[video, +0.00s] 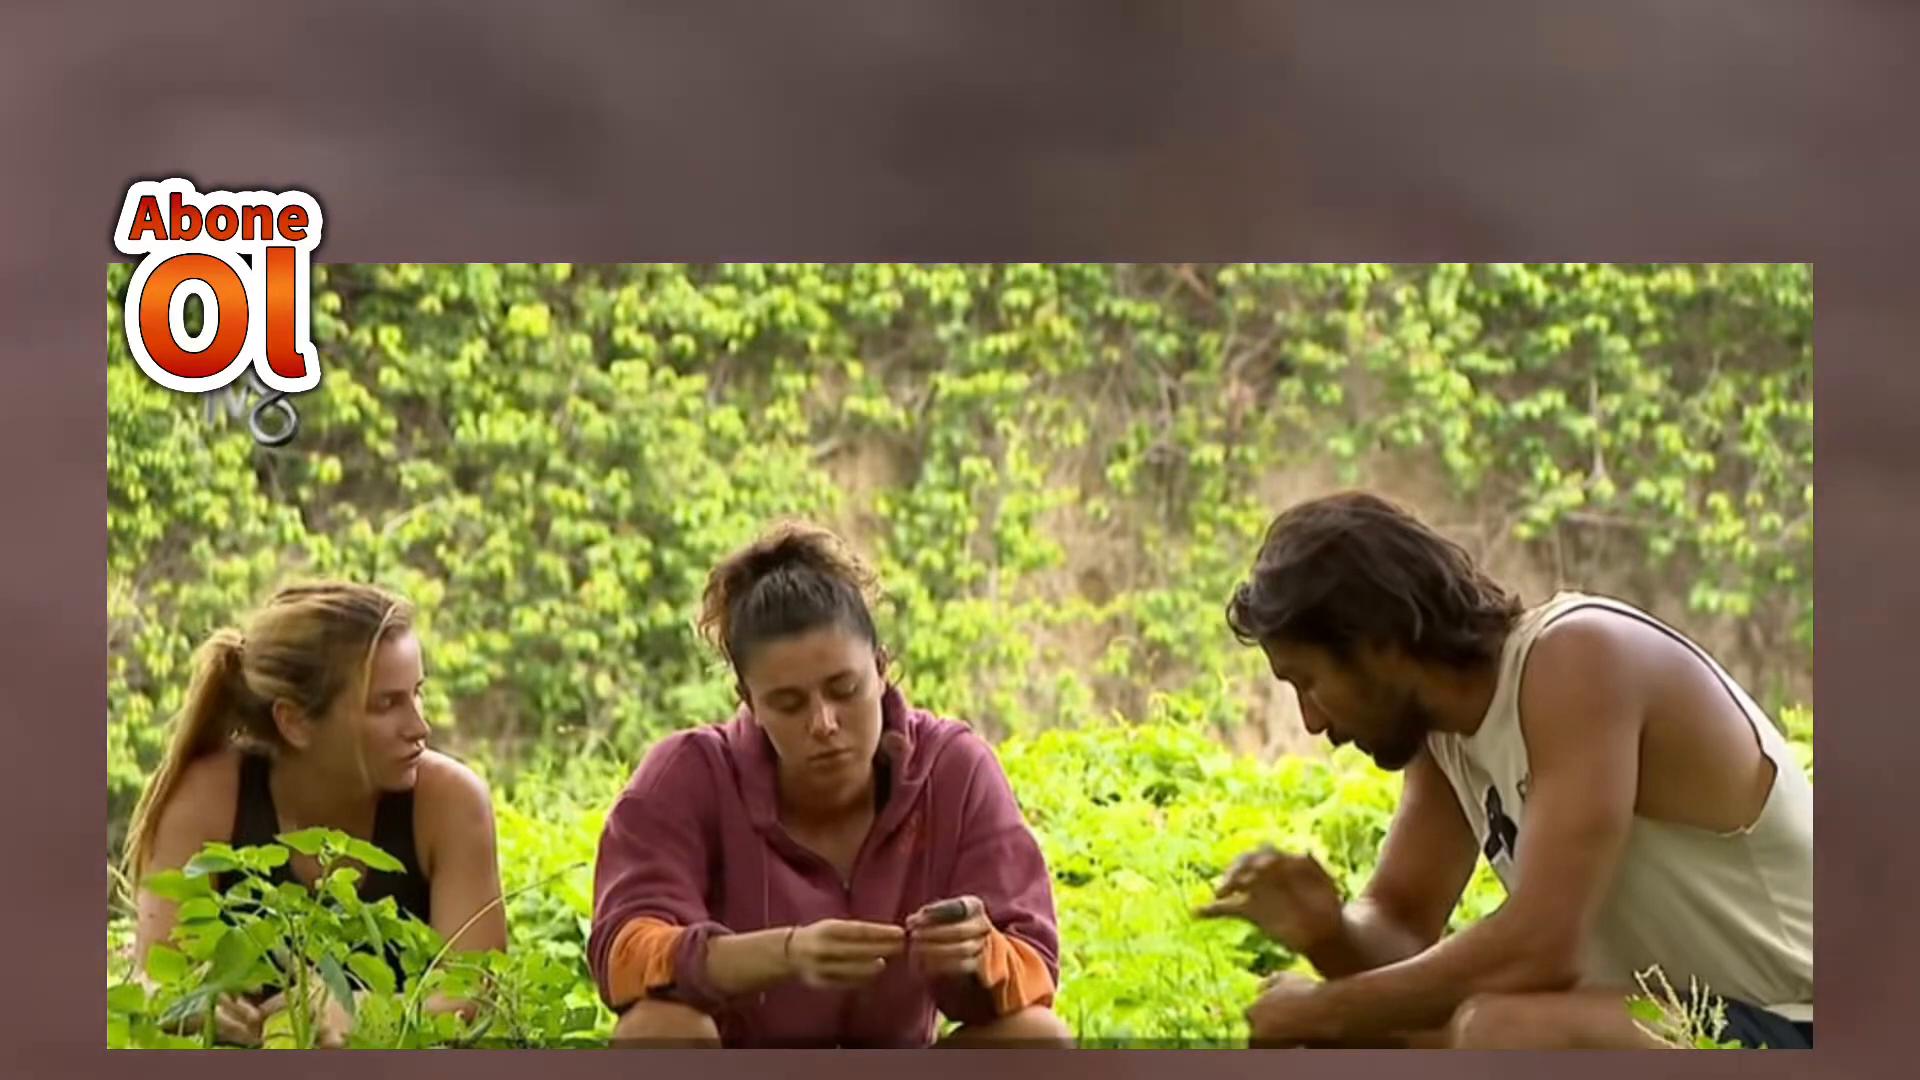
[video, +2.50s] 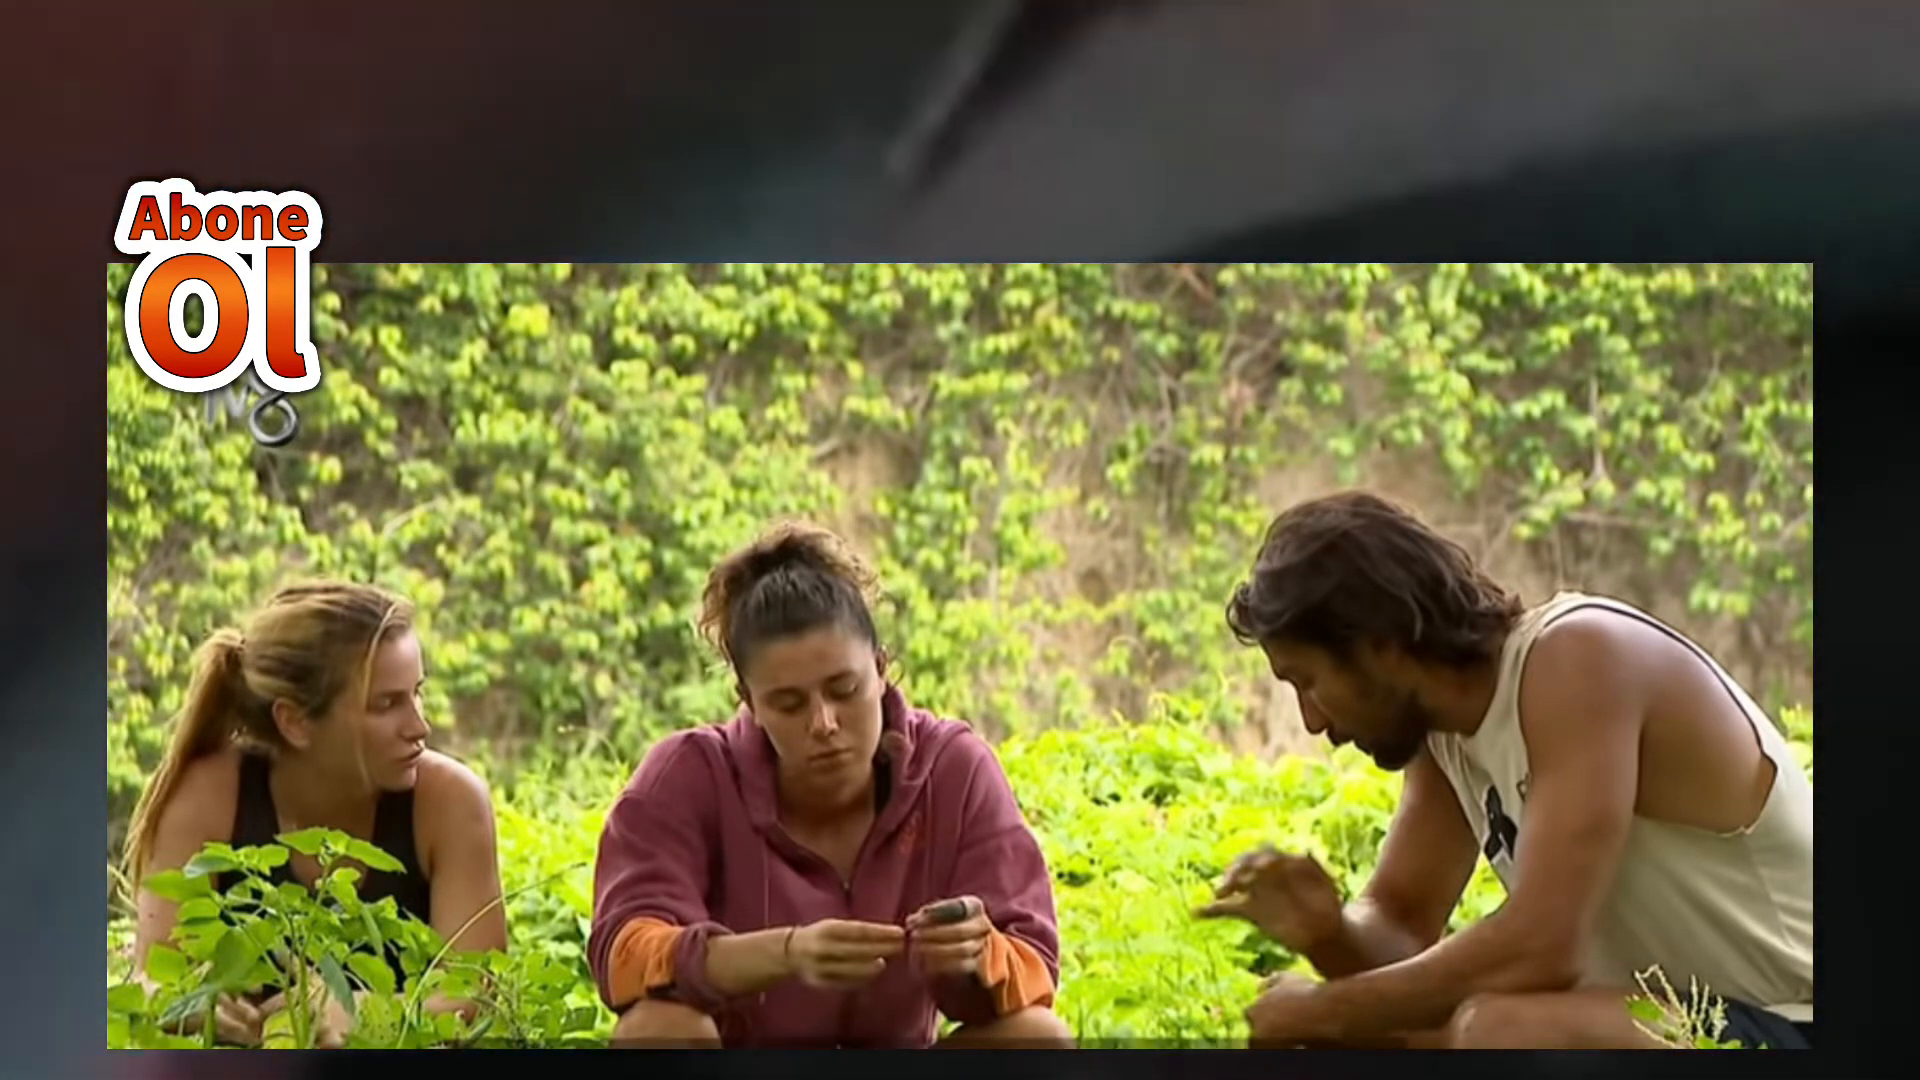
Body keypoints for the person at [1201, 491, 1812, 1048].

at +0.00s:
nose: (1311, 724)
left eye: (1306, 687)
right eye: (1296, 693)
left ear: (1383, 640)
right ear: (1383, 641)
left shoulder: (1584, 656)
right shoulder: (1451, 731)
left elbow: (1539, 950)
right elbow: (1402, 926)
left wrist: (1327, 1014)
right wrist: (1329, 932)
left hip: (1788, 1019)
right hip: (1659, 1004)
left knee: (1502, 1026)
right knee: (1374, 1027)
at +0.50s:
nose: (1311, 723)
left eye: (1306, 687)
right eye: (1296, 693)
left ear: (1384, 642)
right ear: (1384, 644)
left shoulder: (1585, 656)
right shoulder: (1450, 730)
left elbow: (1539, 950)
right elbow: (1402, 926)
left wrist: (1322, 1013)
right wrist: (1329, 931)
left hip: (1788, 1016)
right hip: (1660, 1002)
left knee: (1500, 1026)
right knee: (1374, 1030)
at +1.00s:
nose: (1311, 723)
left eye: (1306, 686)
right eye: (1296, 693)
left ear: (1384, 642)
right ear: (1384, 643)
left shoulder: (1585, 656)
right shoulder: (1451, 731)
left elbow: (1538, 950)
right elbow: (1402, 926)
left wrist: (1328, 1012)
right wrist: (1330, 932)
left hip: (1790, 1016)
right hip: (1654, 1000)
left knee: (1497, 1026)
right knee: (1382, 1027)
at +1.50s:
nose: (1311, 723)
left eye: (1305, 686)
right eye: (1295, 692)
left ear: (1384, 642)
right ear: (1384, 642)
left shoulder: (1585, 656)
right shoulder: (1451, 729)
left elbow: (1540, 950)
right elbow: (1402, 926)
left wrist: (1318, 1013)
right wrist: (1330, 931)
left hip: (1785, 1015)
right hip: (1647, 1002)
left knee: (1496, 1025)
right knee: (1349, 1037)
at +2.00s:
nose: (1311, 723)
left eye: (1306, 686)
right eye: (1295, 693)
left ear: (1384, 642)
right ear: (1384, 643)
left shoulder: (1585, 656)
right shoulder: (1451, 731)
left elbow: (1539, 951)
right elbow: (1402, 926)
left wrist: (1320, 1014)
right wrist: (1330, 932)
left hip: (1784, 1012)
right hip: (1651, 1000)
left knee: (1499, 1024)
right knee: (1366, 1029)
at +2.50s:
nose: (1311, 723)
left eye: (1307, 687)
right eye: (1296, 693)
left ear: (1385, 642)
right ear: (1385, 644)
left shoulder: (1584, 656)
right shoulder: (1450, 730)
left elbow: (1539, 951)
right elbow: (1402, 925)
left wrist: (1325, 1014)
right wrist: (1329, 933)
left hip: (1786, 1014)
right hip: (1655, 1001)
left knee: (1500, 1025)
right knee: (1380, 1025)